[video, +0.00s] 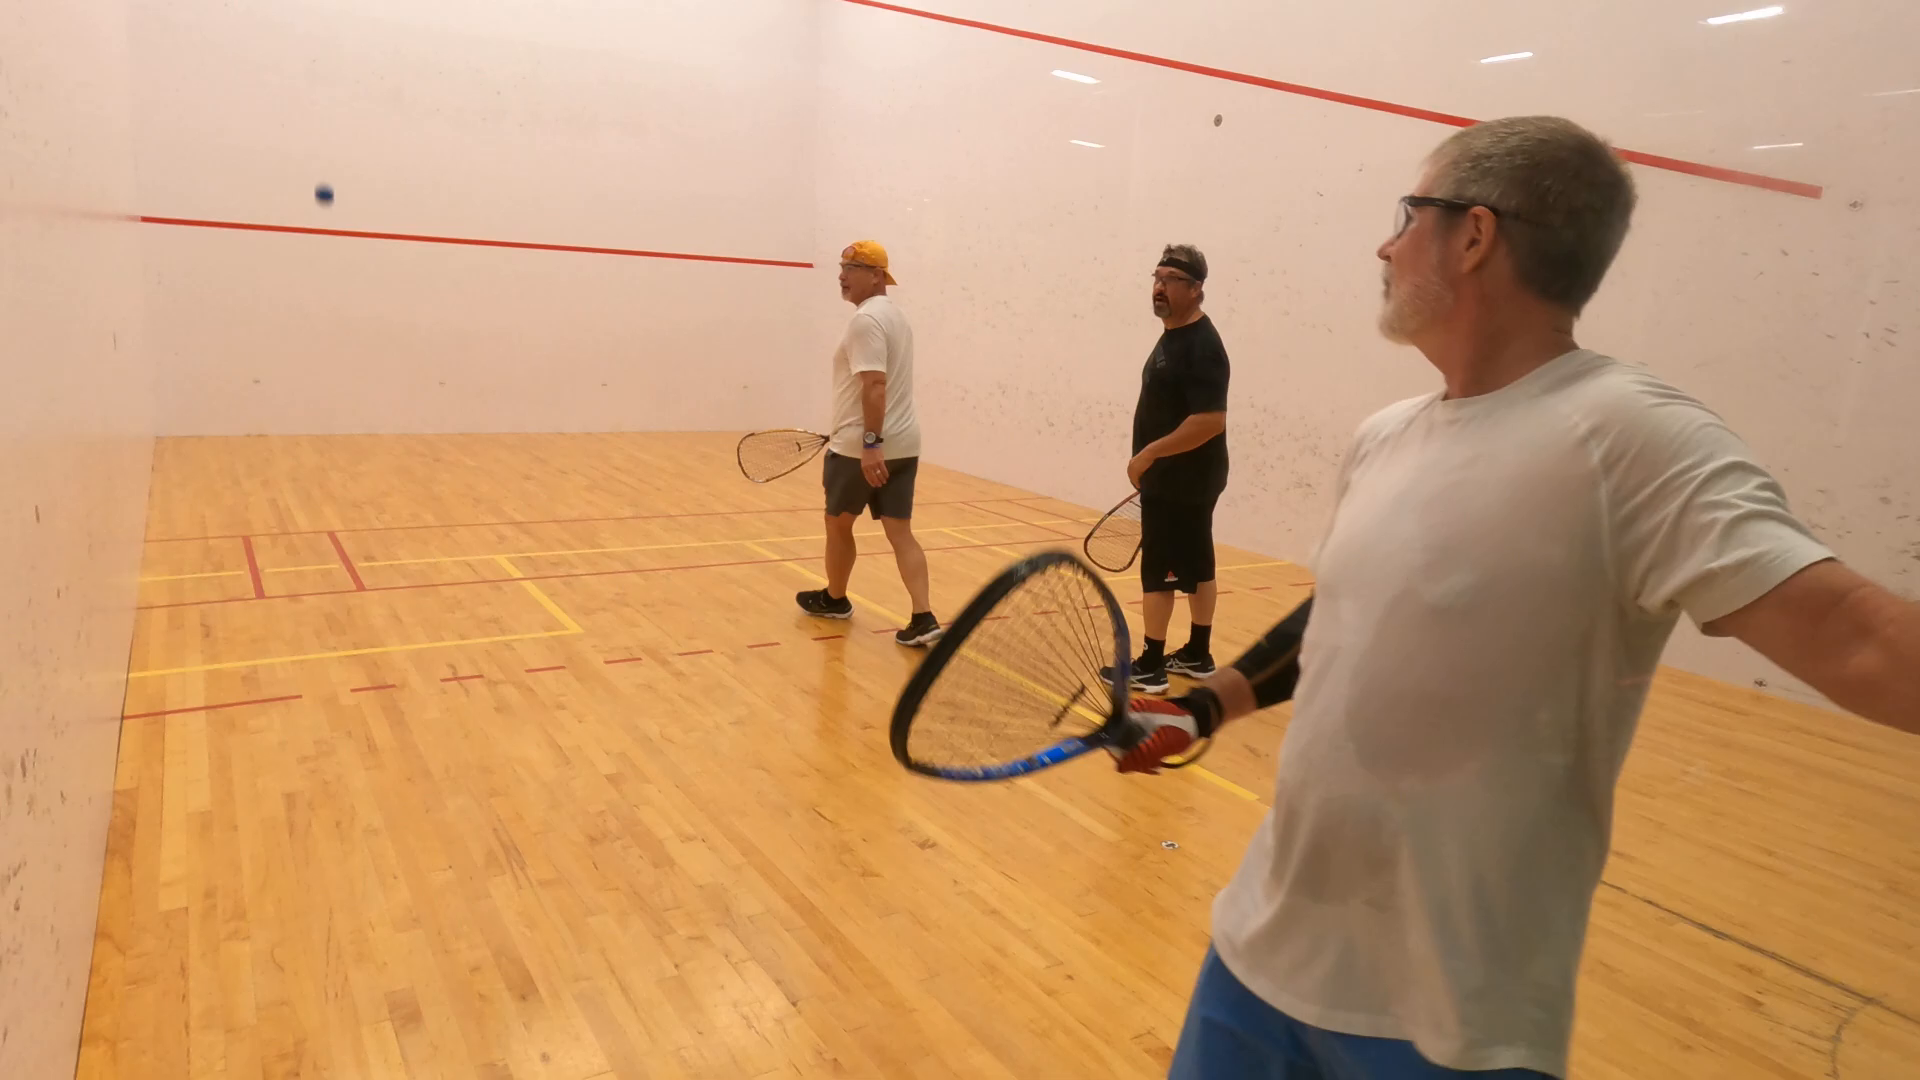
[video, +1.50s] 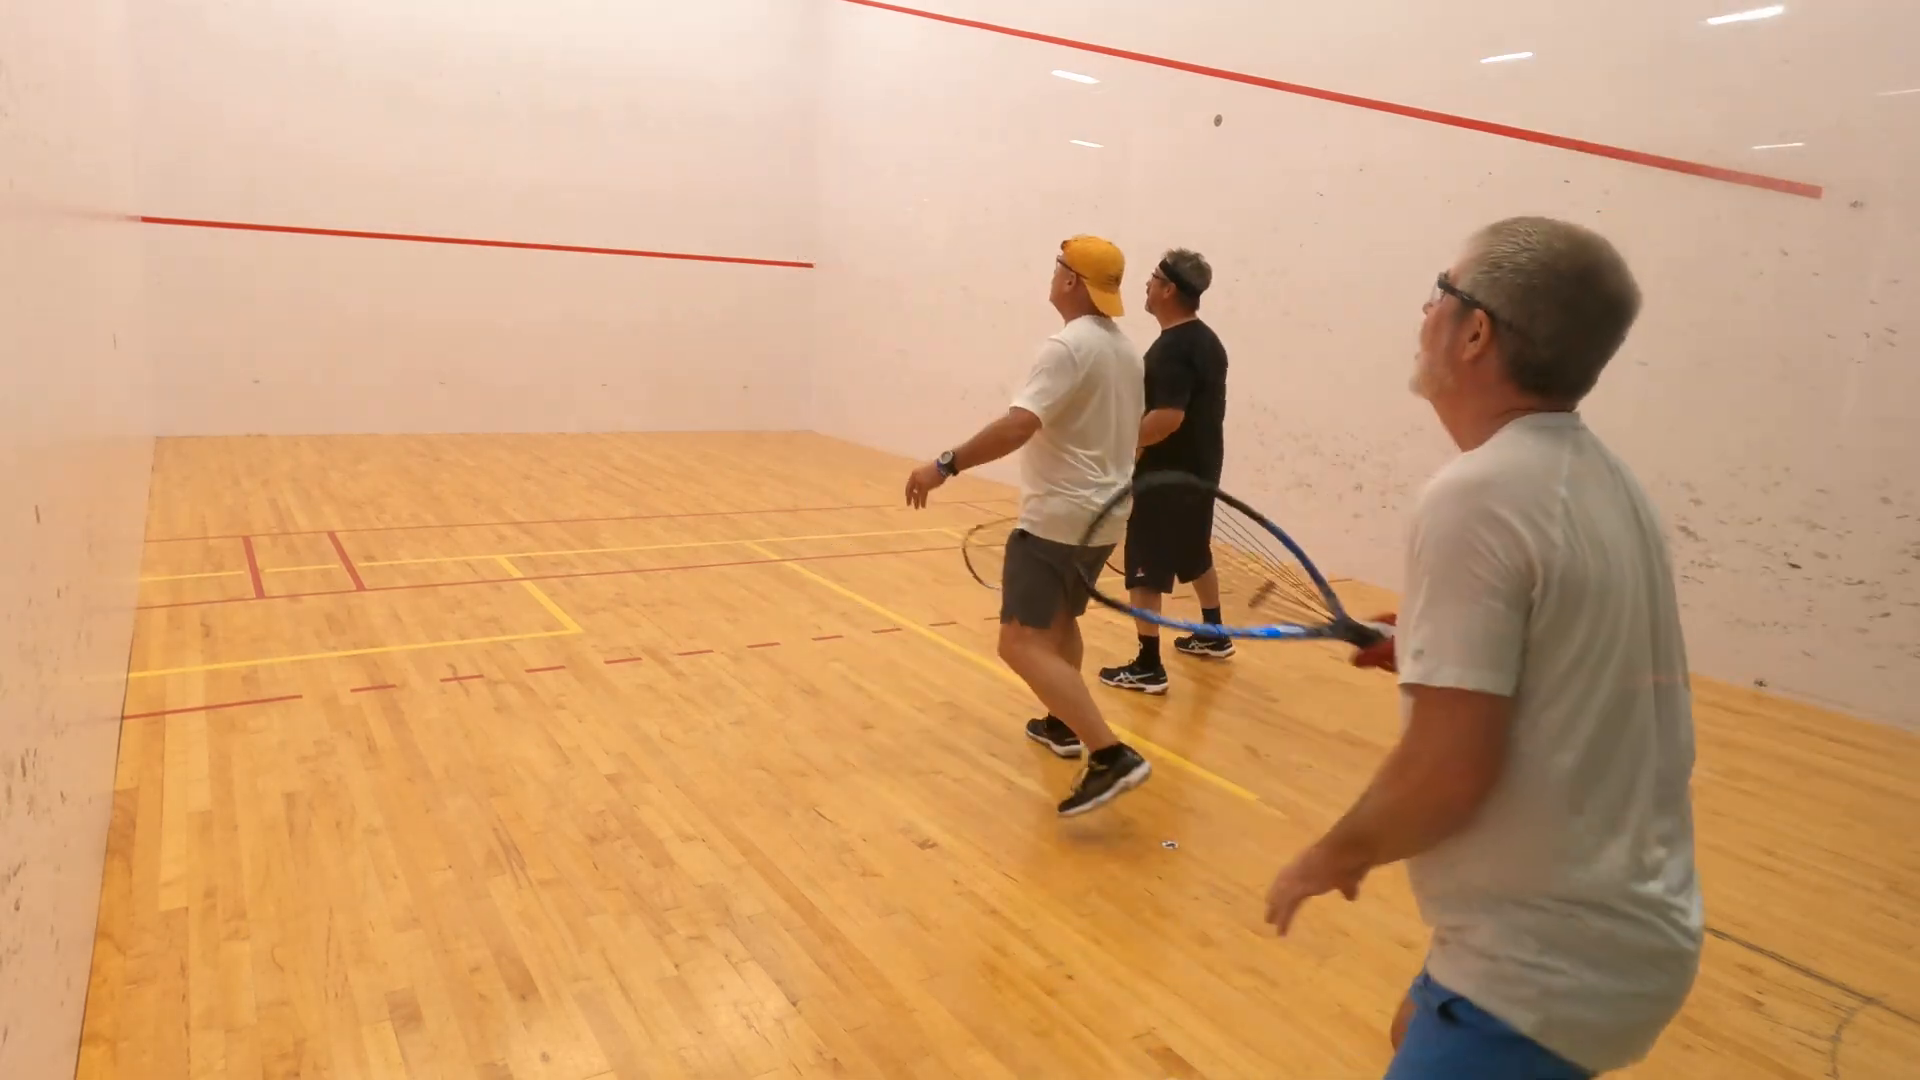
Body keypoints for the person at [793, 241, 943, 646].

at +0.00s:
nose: (842, 275)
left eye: (851, 268)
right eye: (843, 268)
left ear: (876, 276)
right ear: (877, 279)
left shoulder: (867, 319)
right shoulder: (897, 318)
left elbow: (875, 385)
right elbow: (888, 385)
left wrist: (872, 444)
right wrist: (844, 427)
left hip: (858, 447)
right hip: (902, 445)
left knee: (838, 521)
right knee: (900, 531)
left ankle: (835, 598)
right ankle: (923, 617)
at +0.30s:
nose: (874, 269)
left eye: (882, 262)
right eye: (874, 262)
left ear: (909, 271)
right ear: (910, 274)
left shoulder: (902, 318)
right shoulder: (928, 315)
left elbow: (895, 390)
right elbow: (921, 390)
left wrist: (868, 448)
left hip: (901, 450)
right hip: (935, 450)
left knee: (855, 536)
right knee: (914, 534)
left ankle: (889, 632)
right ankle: (933, 626)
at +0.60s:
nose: (886, 269)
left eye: (896, 262)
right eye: (886, 261)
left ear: (926, 271)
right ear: (925, 274)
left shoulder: (915, 323)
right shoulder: (942, 316)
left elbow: (903, 403)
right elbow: (932, 398)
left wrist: (860, 453)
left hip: (920, 460)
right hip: (955, 457)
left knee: (897, 558)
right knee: (933, 545)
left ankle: (913, 669)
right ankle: (946, 636)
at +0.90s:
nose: (938, 273)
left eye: (951, 267)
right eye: (939, 263)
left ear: (979, 282)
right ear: (940, 270)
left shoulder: (975, 334)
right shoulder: (962, 328)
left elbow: (989, 418)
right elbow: (950, 416)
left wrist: (971, 490)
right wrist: (913, 474)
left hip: (934, 481)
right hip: (972, 484)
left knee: (900, 568)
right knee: (982, 579)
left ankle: (914, 670)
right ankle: (1038, 676)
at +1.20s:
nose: (1003, 262)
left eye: (1011, 256)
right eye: (1009, 254)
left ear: (1028, 271)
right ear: (1046, 276)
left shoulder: (1020, 327)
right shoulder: (1065, 330)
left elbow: (1025, 411)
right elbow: (1051, 421)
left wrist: (1020, 489)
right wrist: (979, 467)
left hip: (1000, 495)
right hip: (1054, 496)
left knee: (943, 578)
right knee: (1042, 602)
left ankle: (945, 685)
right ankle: (1059, 715)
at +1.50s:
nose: (1052, 277)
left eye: (1058, 270)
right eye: (1058, 268)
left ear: (1072, 282)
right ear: (1103, 287)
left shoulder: (1069, 348)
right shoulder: (1124, 350)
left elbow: (1017, 426)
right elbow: (1128, 437)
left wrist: (943, 466)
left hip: (1057, 520)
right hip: (1103, 519)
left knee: (1020, 643)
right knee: (1060, 621)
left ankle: (1110, 754)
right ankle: (1067, 721)